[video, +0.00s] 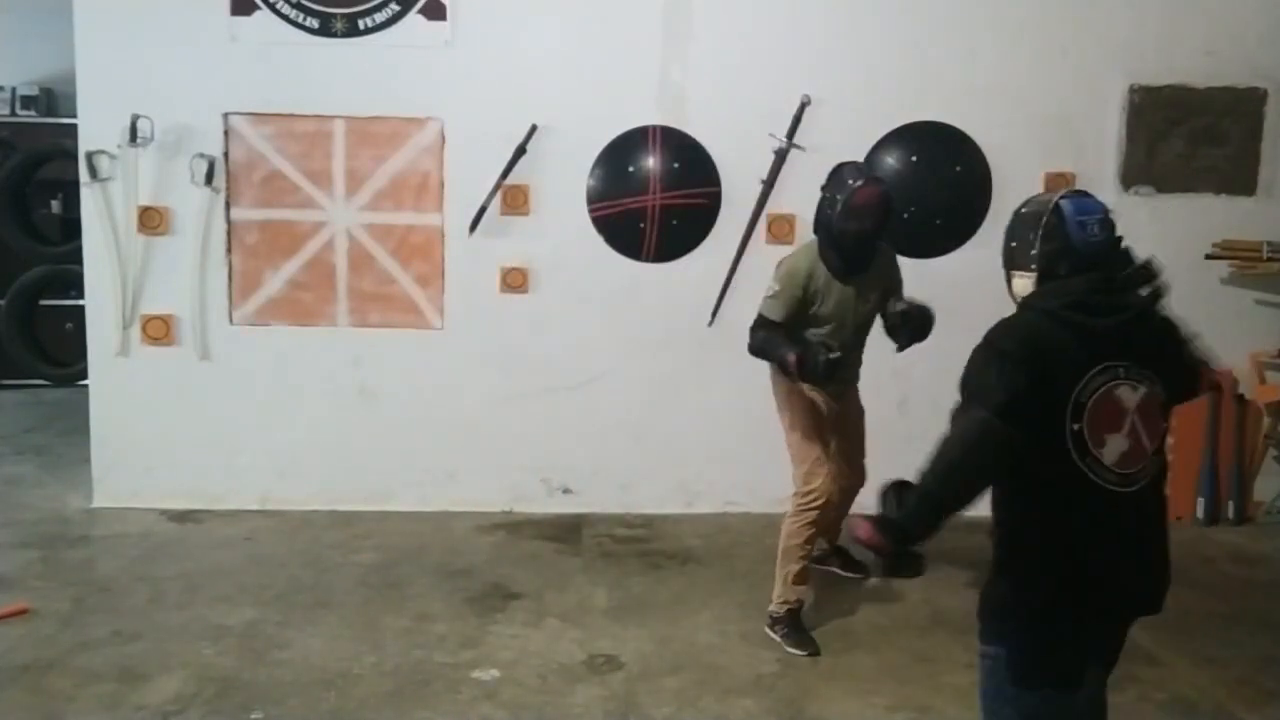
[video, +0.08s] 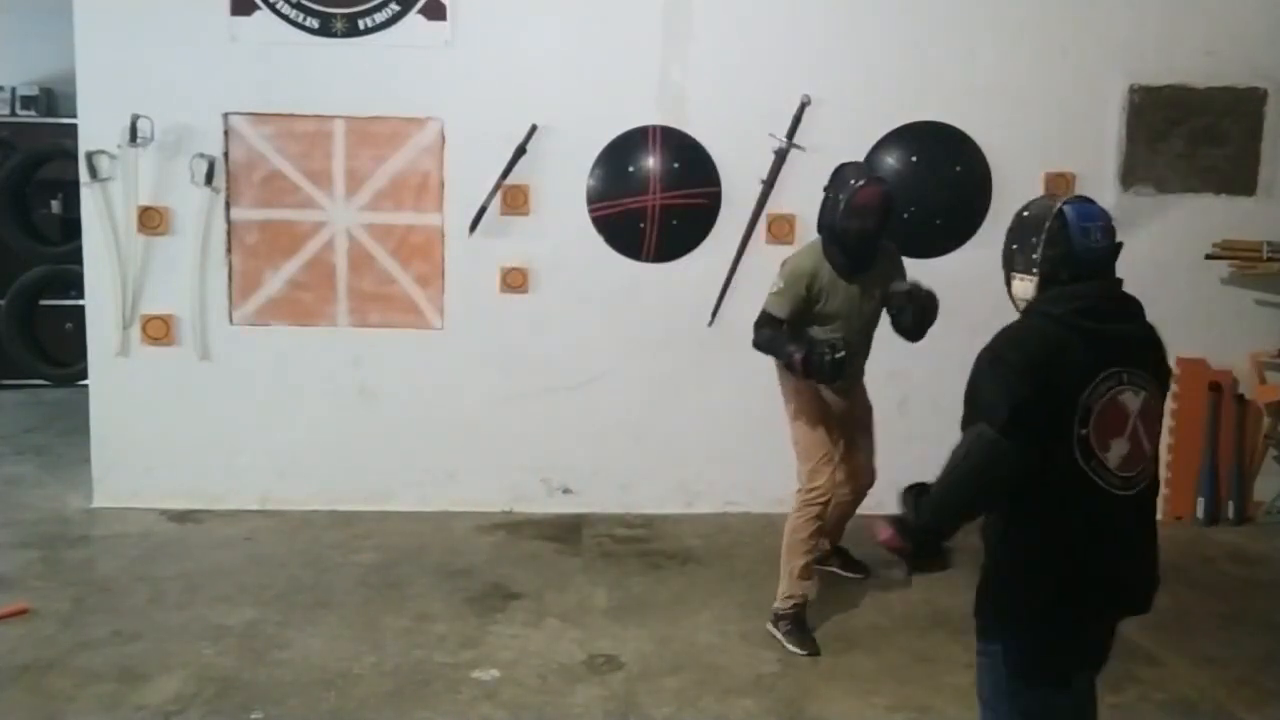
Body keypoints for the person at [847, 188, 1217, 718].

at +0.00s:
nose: (1010, 268)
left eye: (1016, 255)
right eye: (1013, 254)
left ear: (1036, 259)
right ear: (1100, 253)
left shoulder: (1020, 341)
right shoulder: (1146, 327)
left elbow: (973, 449)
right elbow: (1187, 379)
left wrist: (902, 524)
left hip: (1039, 578)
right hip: (1127, 573)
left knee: (1016, 700)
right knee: (1082, 698)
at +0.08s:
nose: (1015, 266)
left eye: (1022, 255)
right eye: (1019, 254)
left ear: (1041, 261)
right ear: (1100, 258)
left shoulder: (1024, 345)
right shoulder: (1142, 339)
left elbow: (988, 455)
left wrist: (921, 523)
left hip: (1034, 576)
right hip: (1113, 569)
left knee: (1016, 700)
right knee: (1071, 695)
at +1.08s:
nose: (939, 245)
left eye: (946, 234)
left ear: (958, 241)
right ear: (1025, 240)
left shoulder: (929, 318)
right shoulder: (1074, 320)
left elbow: (878, 407)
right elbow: (1139, 407)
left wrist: (796, 449)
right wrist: (1177, 381)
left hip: (945, 535)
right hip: (1036, 533)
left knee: (930, 672)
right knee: (1017, 646)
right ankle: (1026, 715)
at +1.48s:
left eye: (974, 235)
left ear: (975, 241)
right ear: (1045, 245)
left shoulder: (926, 310)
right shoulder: (1078, 320)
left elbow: (829, 377)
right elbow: (1170, 375)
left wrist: (818, 377)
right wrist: (1153, 302)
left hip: (935, 525)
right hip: (1025, 529)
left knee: (928, 660)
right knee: (1012, 653)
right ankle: (1009, 714)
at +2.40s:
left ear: (875, 228)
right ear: (947, 232)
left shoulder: (845, 303)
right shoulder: (968, 307)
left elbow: (806, 383)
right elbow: (980, 369)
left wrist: (799, 449)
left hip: (854, 482)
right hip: (939, 483)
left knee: (821, 610)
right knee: (942, 591)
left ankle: (800, 709)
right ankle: (951, 695)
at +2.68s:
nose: (894, 230)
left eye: (897, 222)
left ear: (901, 229)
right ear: (960, 231)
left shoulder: (879, 291)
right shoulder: (987, 296)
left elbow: (842, 368)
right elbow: (1004, 360)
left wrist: (808, 427)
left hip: (876, 465)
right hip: (953, 467)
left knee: (835, 585)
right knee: (950, 581)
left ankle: (807, 705)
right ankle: (954, 689)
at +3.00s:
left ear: (887, 224)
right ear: (954, 230)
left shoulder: (850, 291)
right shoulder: (972, 303)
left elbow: (807, 367)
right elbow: (1003, 402)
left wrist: (860, 326)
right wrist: (1045, 460)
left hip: (855, 468)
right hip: (937, 473)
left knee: (819, 587)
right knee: (949, 587)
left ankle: (787, 708)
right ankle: (954, 696)